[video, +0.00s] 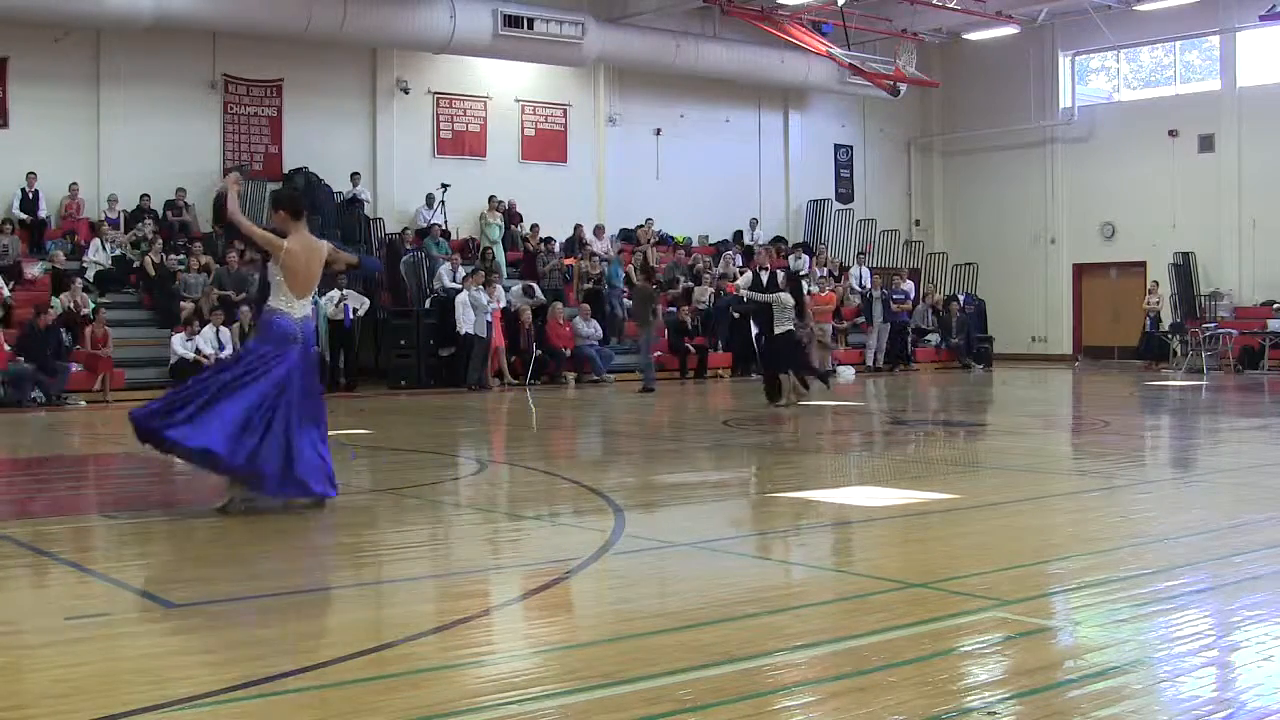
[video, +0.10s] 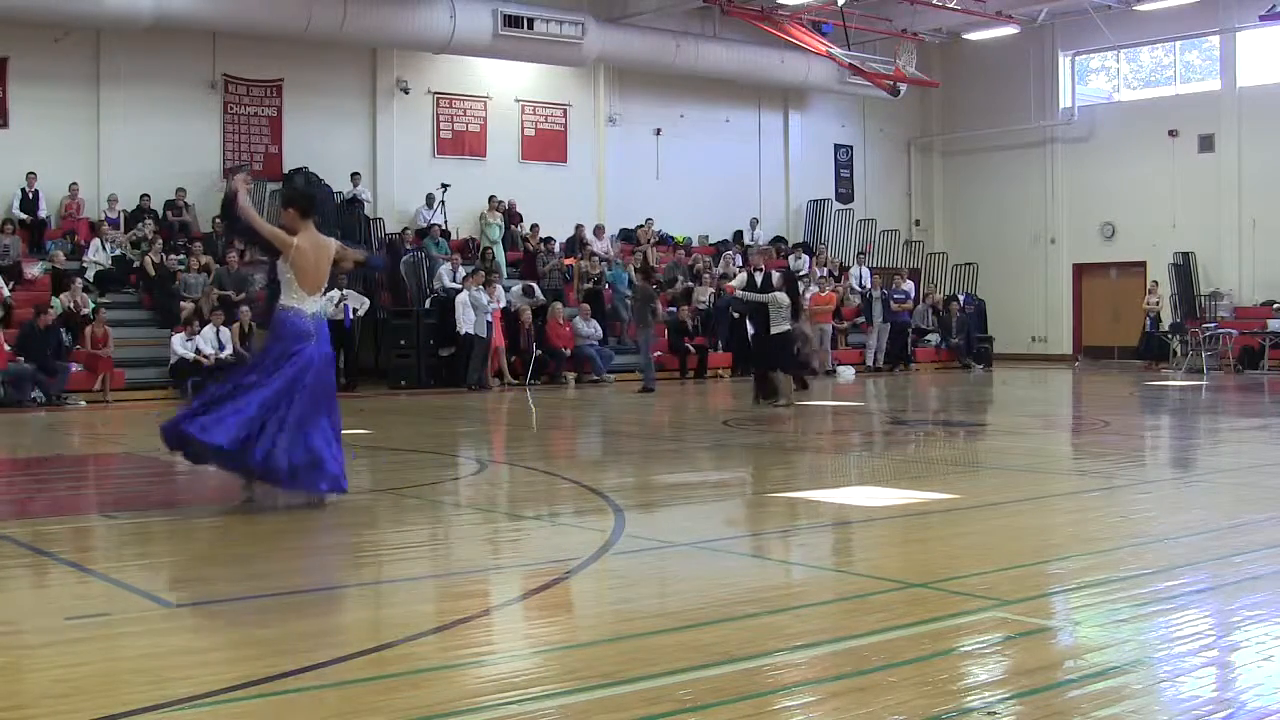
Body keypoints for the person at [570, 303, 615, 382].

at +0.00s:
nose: (588, 313)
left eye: (589, 311)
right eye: (585, 311)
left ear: (590, 312)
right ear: (580, 312)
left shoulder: (593, 321)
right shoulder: (576, 321)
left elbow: (600, 335)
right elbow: (581, 332)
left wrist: (589, 336)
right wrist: (593, 331)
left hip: (595, 344)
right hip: (583, 345)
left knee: (609, 354)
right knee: (592, 354)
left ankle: (597, 374)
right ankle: (602, 374)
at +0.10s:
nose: (587, 312)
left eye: (589, 310)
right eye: (585, 311)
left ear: (590, 311)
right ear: (580, 312)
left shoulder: (593, 321)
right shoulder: (576, 321)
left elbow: (600, 335)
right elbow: (581, 332)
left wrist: (588, 336)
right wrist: (593, 331)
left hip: (595, 344)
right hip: (583, 344)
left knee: (609, 354)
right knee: (592, 354)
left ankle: (596, 374)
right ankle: (602, 374)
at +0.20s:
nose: (587, 312)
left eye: (589, 310)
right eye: (585, 310)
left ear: (590, 311)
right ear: (580, 312)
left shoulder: (593, 321)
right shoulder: (576, 321)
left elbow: (600, 335)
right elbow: (580, 331)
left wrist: (588, 336)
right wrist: (593, 332)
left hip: (594, 344)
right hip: (583, 344)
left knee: (609, 354)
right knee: (592, 354)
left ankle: (597, 373)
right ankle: (602, 374)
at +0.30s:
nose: (587, 312)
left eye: (589, 310)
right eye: (585, 311)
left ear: (590, 311)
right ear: (580, 312)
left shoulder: (593, 321)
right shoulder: (576, 321)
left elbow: (600, 335)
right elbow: (580, 332)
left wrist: (588, 335)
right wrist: (593, 331)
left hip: (595, 344)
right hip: (582, 344)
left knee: (609, 354)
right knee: (593, 354)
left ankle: (597, 373)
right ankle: (602, 374)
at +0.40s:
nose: (587, 312)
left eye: (589, 310)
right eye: (585, 311)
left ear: (590, 311)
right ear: (580, 312)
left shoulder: (593, 321)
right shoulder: (576, 321)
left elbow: (600, 335)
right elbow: (580, 332)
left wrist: (588, 335)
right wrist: (593, 331)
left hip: (594, 344)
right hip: (582, 344)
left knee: (609, 354)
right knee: (593, 354)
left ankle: (597, 373)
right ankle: (602, 374)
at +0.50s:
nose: (587, 312)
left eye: (589, 310)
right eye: (585, 310)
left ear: (590, 311)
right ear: (580, 312)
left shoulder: (593, 321)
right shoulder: (576, 321)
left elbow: (600, 335)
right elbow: (580, 331)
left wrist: (588, 335)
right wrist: (593, 332)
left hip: (594, 344)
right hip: (582, 344)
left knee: (609, 354)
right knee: (592, 354)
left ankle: (596, 374)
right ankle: (602, 374)